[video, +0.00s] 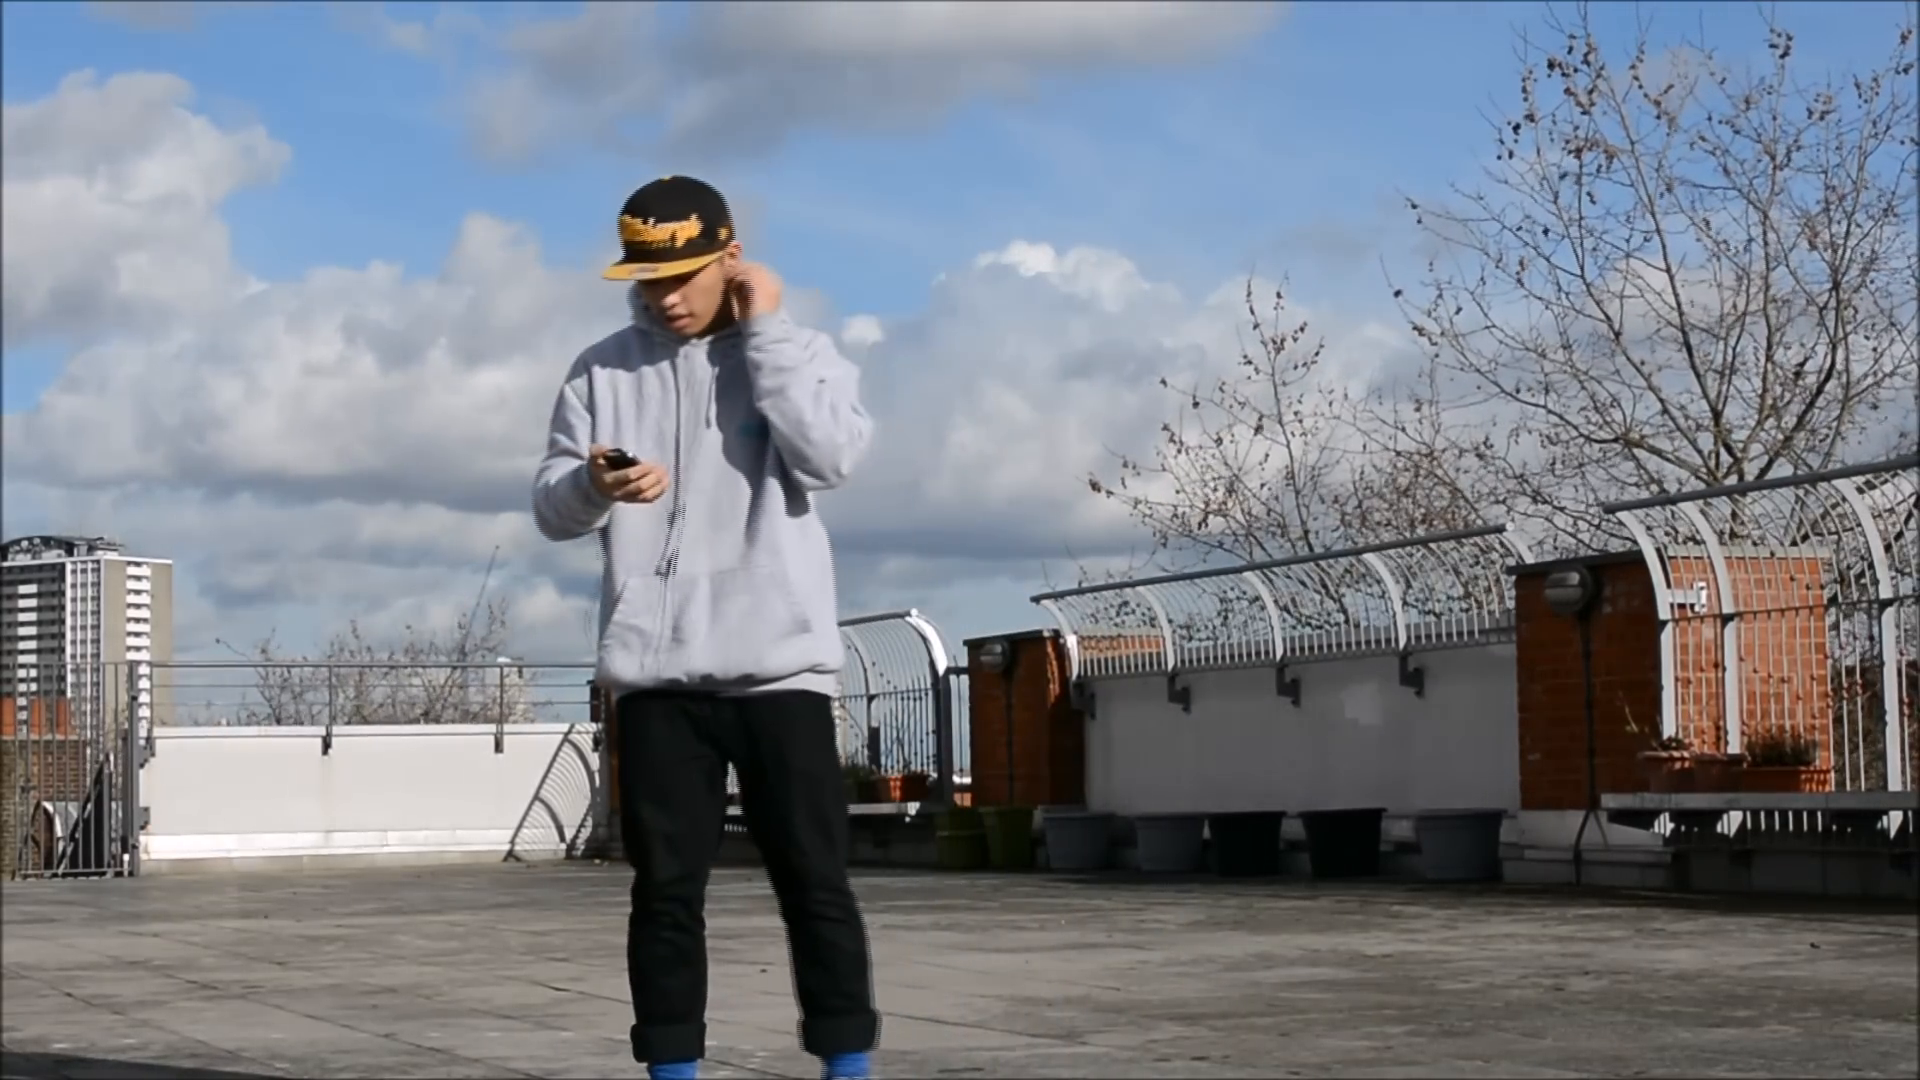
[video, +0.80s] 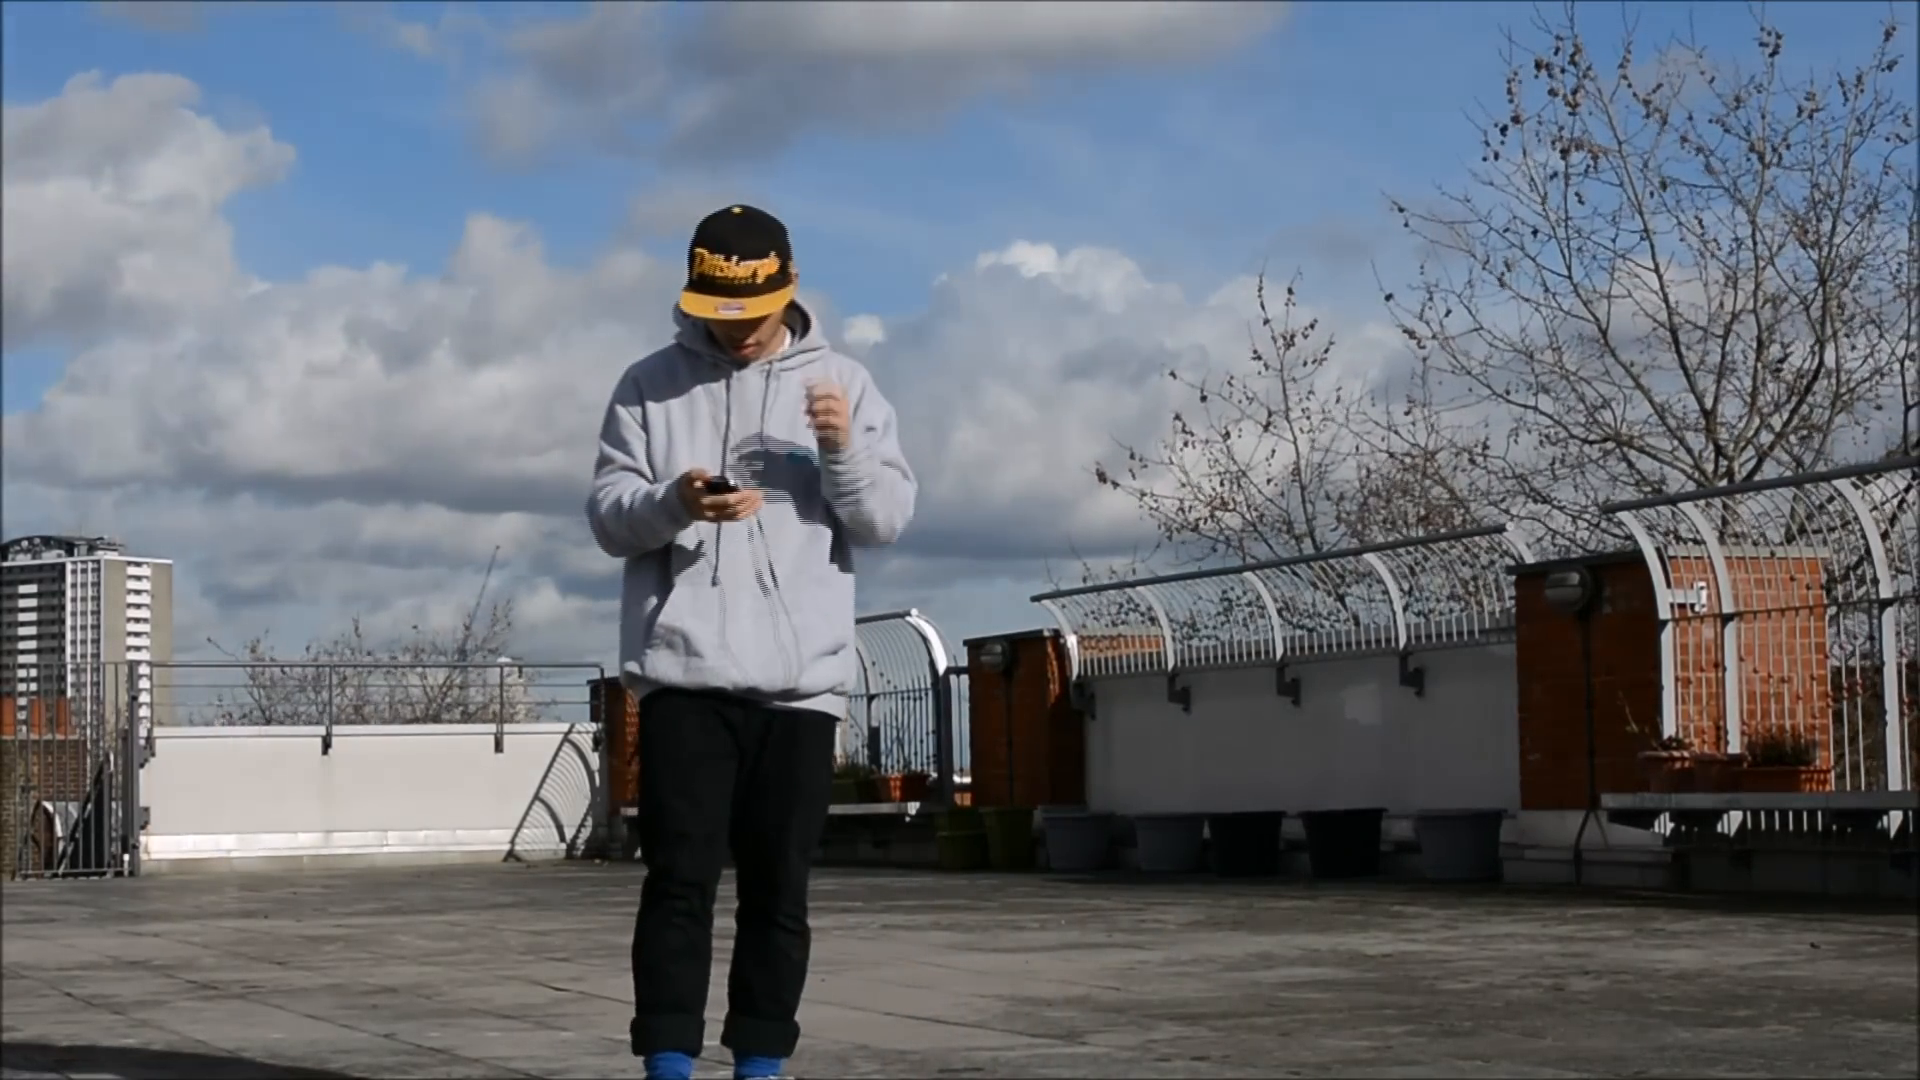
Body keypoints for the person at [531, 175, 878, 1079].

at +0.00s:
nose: (665, 300)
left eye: (682, 279)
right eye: (647, 283)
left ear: (730, 257)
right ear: (628, 272)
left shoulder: (793, 350)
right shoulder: (600, 371)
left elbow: (831, 457)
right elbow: (551, 510)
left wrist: (765, 328)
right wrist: (596, 486)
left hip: (780, 662)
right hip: (654, 667)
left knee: (813, 878)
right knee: (665, 884)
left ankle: (846, 1062)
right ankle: (672, 1068)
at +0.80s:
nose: (736, 331)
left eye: (753, 315)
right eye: (719, 316)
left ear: (787, 292)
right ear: (694, 297)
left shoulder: (844, 381)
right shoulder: (649, 385)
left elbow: (885, 522)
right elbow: (611, 519)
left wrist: (843, 449)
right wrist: (676, 502)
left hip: (799, 678)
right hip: (683, 675)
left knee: (780, 882)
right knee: (680, 876)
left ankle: (763, 1061)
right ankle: (668, 1060)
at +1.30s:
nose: (754, 321)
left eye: (773, 306)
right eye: (739, 303)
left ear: (809, 289)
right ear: (716, 286)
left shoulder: (856, 386)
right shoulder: (663, 379)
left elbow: (891, 512)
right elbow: (618, 502)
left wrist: (824, 504)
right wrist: (691, 499)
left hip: (802, 680)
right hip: (684, 674)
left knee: (778, 885)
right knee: (671, 877)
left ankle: (760, 1063)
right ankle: (653, 1062)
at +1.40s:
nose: (756, 319)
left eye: (775, 305)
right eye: (741, 302)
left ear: (810, 290)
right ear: (718, 286)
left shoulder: (857, 387)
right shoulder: (663, 379)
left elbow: (891, 513)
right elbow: (619, 500)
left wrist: (824, 508)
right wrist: (690, 500)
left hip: (802, 679)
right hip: (684, 674)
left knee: (778, 884)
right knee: (672, 877)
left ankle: (761, 1062)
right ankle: (653, 1061)